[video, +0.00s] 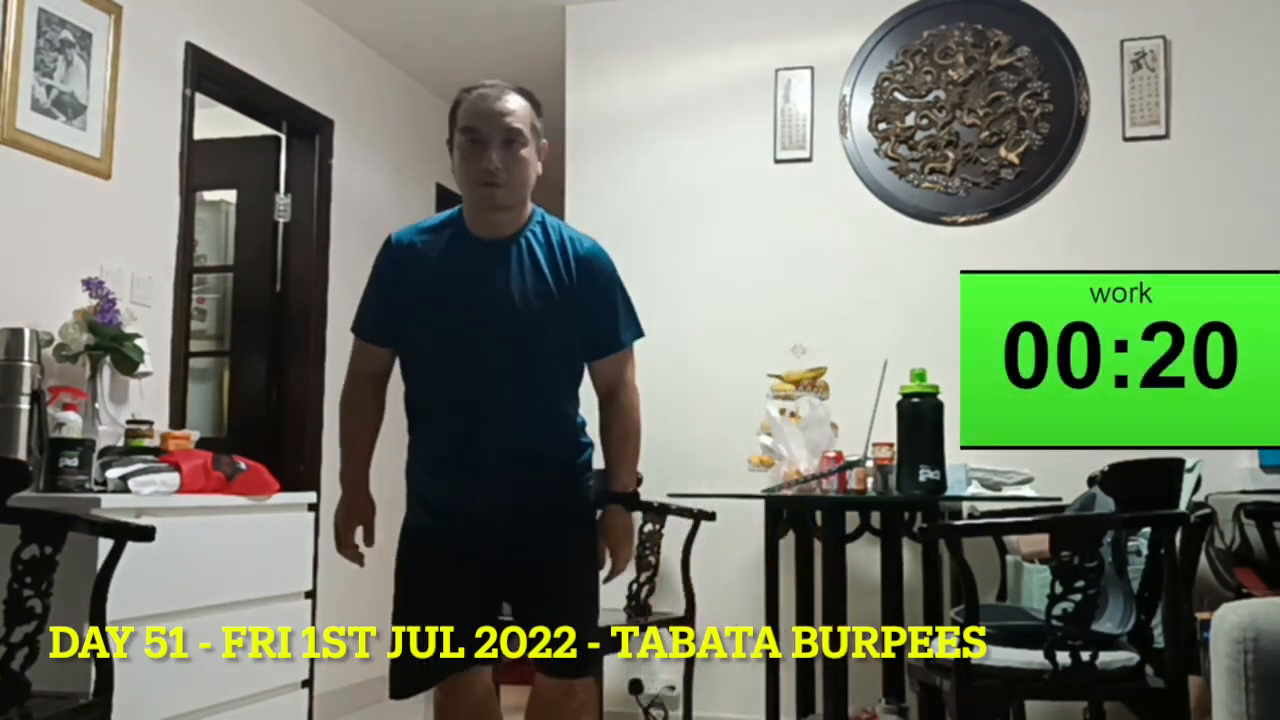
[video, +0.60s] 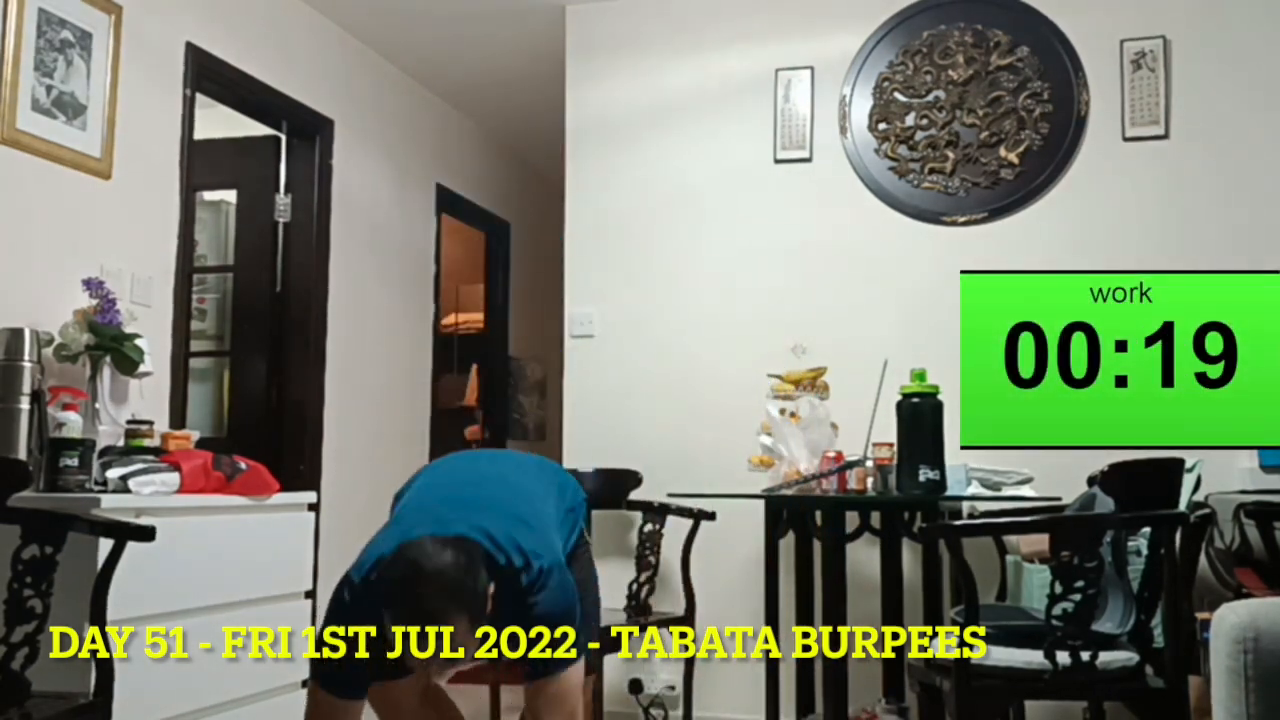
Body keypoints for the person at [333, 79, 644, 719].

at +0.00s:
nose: (491, 157)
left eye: (511, 141)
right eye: (473, 141)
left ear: (540, 156)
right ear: (451, 155)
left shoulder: (580, 262)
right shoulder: (407, 257)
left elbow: (617, 388)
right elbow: (366, 378)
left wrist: (622, 500)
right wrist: (354, 487)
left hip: (553, 511)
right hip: (446, 512)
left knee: (568, 685)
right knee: (461, 684)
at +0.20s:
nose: (458, 227)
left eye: (477, 205)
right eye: (439, 207)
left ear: (515, 194)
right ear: (419, 202)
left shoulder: (562, 288)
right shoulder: (392, 289)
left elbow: (592, 418)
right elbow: (362, 409)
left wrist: (586, 531)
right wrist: (353, 519)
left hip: (538, 527)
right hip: (437, 527)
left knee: (543, 689)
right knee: (453, 688)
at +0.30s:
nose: (449, 317)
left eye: (467, 294)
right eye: (427, 297)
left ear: (502, 265)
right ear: (405, 279)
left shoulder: (555, 339)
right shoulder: (380, 342)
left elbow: (583, 472)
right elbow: (360, 466)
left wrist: (576, 589)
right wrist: (358, 575)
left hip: (537, 530)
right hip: (437, 532)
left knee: (550, 678)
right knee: (441, 686)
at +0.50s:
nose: (438, 560)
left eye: (455, 540)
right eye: (418, 544)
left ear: (492, 498)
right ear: (395, 514)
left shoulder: (553, 512)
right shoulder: (364, 520)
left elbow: (574, 668)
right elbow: (332, 667)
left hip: (525, 586)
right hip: (427, 593)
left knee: (565, 678)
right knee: (389, 690)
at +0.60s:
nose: (431, 674)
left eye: (447, 659)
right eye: (420, 658)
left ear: (489, 605)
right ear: (388, 618)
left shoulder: (543, 585)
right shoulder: (354, 601)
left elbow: (555, 711)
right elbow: (327, 713)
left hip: (551, 487)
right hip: (433, 482)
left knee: (564, 685)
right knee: (393, 688)